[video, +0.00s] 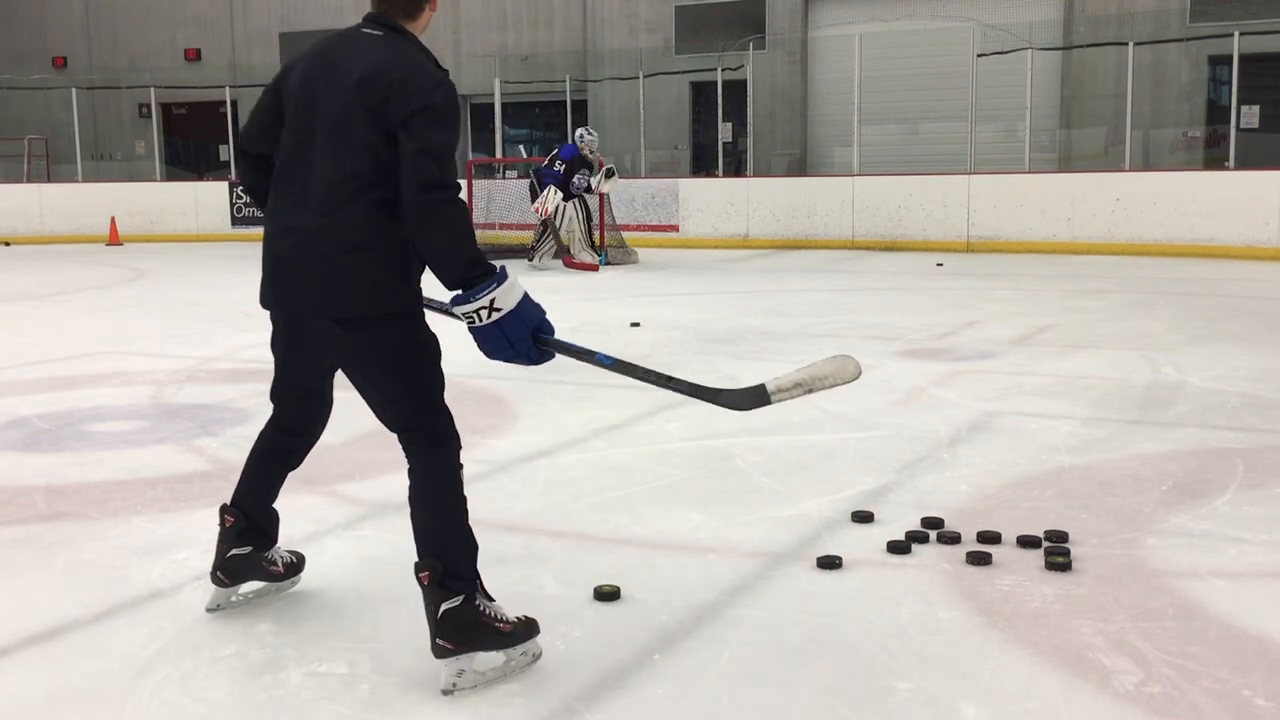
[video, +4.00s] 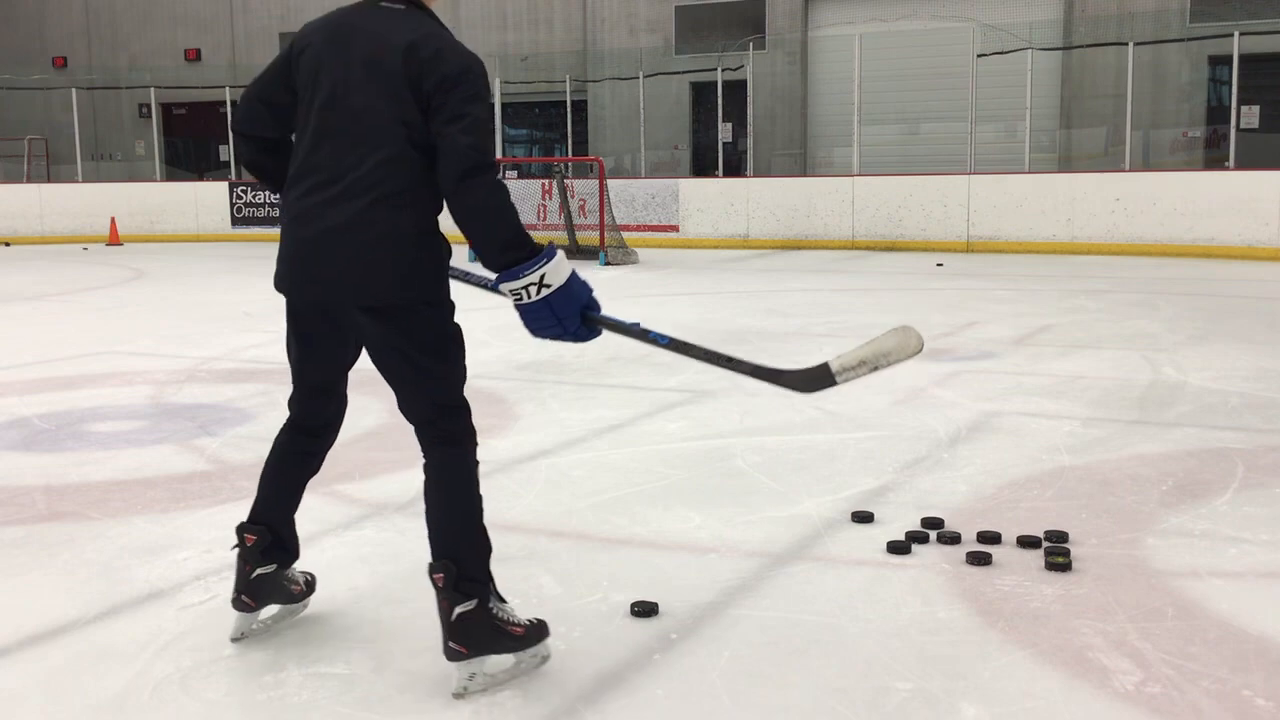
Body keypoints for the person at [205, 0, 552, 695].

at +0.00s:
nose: (438, 14)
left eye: (436, 9)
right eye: (439, 9)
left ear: (371, 4)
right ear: (429, 8)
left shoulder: (309, 60)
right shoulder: (423, 79)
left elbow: (252, 149)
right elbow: (431, 203)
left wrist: (299, 217)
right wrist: (490, 296)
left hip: (291, 285)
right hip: (371, 294)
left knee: (294, 417)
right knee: (431, 440)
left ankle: (240, 545)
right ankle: (456, 606)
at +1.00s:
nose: (483, 126)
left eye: (483, 116)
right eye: (487, 115)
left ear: (428, 95)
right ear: (479, 107)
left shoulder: (379, 134)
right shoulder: (452, 135)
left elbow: (340, 229)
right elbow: (445, 182)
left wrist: (397, 306)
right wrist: (406, 275)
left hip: (255, 293)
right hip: (329, 307)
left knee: (289, 417)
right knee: (409, 462)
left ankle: (212, 542)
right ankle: (407, 617)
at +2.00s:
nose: (560, 67)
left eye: (558, 56)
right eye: (561, 56)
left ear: (507, 46)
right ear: (549, 54)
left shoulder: (447, 93)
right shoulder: (542, 118)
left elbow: (373, 152)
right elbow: (560, 217)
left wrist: (375, 224)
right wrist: (601, 293)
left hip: (400, 260)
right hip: (460, 273)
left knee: (446, 379)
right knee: (535, 396)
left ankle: (392, 487)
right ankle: (516, 538)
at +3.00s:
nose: (544, 74)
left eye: (548, 64)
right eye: (546, 61)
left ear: (493, 31)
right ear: (527, 46)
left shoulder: (403, 50)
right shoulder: (519, 124)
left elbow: (303, 50)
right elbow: (493, 234)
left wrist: (343, 121)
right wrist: (483, 308)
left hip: (341, 247)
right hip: (423, 260)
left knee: (375, 395)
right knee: (481, 418)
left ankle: (338, 543)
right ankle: (486, 582)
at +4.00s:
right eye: (447, 16)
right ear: (431, 5)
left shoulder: (317, 37)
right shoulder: (449, 59)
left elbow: (252, 124)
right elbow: (468, 177)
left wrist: (318, 194)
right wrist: (536, 274)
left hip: (309, 267)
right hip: (398, 273)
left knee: (311, 416)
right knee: (447, 433)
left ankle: (259, 563)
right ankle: (469, 608)